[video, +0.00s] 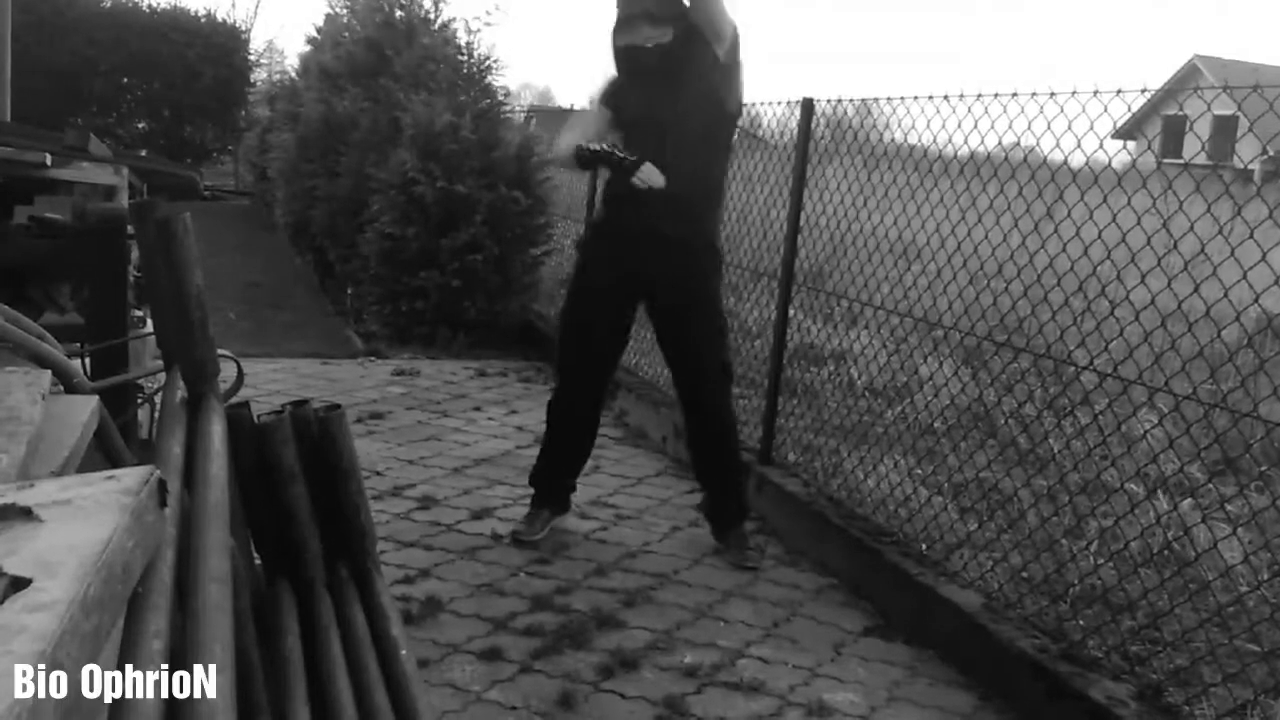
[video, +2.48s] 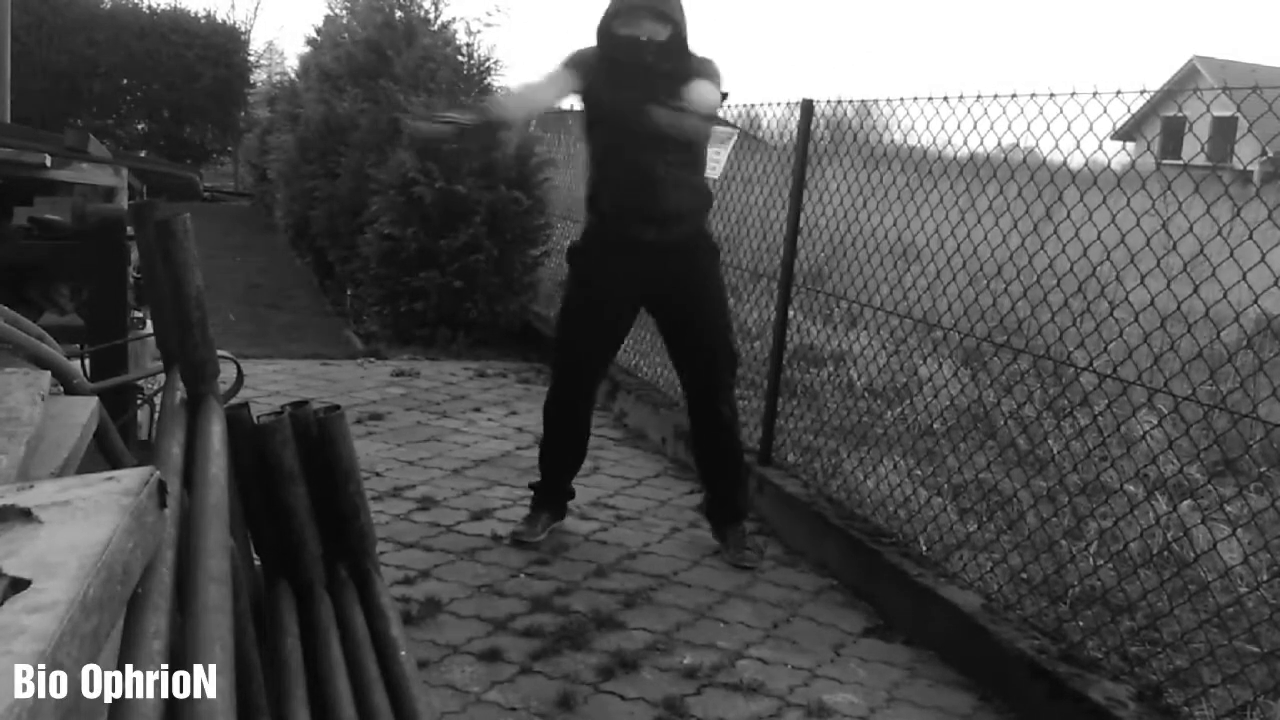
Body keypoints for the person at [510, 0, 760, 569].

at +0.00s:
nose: (642, 57)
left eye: (654, 44)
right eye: (630, 46)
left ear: (678, 35)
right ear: (618, 41)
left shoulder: (712, 80)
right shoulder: (622, 90)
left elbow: (718, 23)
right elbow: (574, 144)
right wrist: (582, 152)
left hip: (684, 255)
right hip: (612, 248)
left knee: (706, 386)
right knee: (580, 375)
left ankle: (730, 521)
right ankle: (550, 498)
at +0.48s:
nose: (675, 20)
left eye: (685, 12)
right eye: (661, 10)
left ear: (695, 21)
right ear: (635, 12)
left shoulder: (690, 84)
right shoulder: (613, 55)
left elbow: (735, 172)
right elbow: (655, 85)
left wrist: (702, 115)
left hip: (686, 253)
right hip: (613, 249)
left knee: (713, 386)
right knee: (582, 382)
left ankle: (735, 520)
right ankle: (554, 504)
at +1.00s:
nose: (646, 60)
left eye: (657, 49)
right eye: (640, 48)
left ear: (692, 42)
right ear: (638, 42)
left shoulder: (736, 105)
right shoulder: (650, 91)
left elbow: (675, 193)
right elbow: (619, 169)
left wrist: (613, 260)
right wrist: (590, 251)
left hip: (681, 274)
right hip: (619, 259)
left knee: (692, 402)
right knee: (573, 378)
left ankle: (723, 526)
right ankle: (551, 499)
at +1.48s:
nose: (658, 56)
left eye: (668, 49)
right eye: (648, 43)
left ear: (678, 51)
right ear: (622, 37)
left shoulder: (673, 97)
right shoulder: (576, 88)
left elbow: (726, 157)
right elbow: (597, 155)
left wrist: (707, 86)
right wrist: (610, 79)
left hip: (687, 263)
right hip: (614, 265)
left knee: (717, 387)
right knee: (586, 389)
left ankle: (730, 522)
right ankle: (556, 505)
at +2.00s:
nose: (674, 44)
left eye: (688, 34)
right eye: (662, 32)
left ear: (705, 34)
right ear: (641, 29)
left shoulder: (728, 78)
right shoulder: (612, 76)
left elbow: (811, 110)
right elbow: (533, 120)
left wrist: (772, 133)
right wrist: (578, 131)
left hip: (677, 261)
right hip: (601, 253)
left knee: (700, 393)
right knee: (565, 376)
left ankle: (726, 527)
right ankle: (552, 502)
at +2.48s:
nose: (639, 46)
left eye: (652, 37)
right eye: (627, 36)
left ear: (674, 33)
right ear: (609, 29)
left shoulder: (696, 71)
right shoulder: (593, 66)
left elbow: (699, 127)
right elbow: (530, 98)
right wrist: (465, 114)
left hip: (682, 255)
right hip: (607, 251)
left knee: (713, 385)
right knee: (572, 379)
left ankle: (730, 520)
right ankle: (549, 503)